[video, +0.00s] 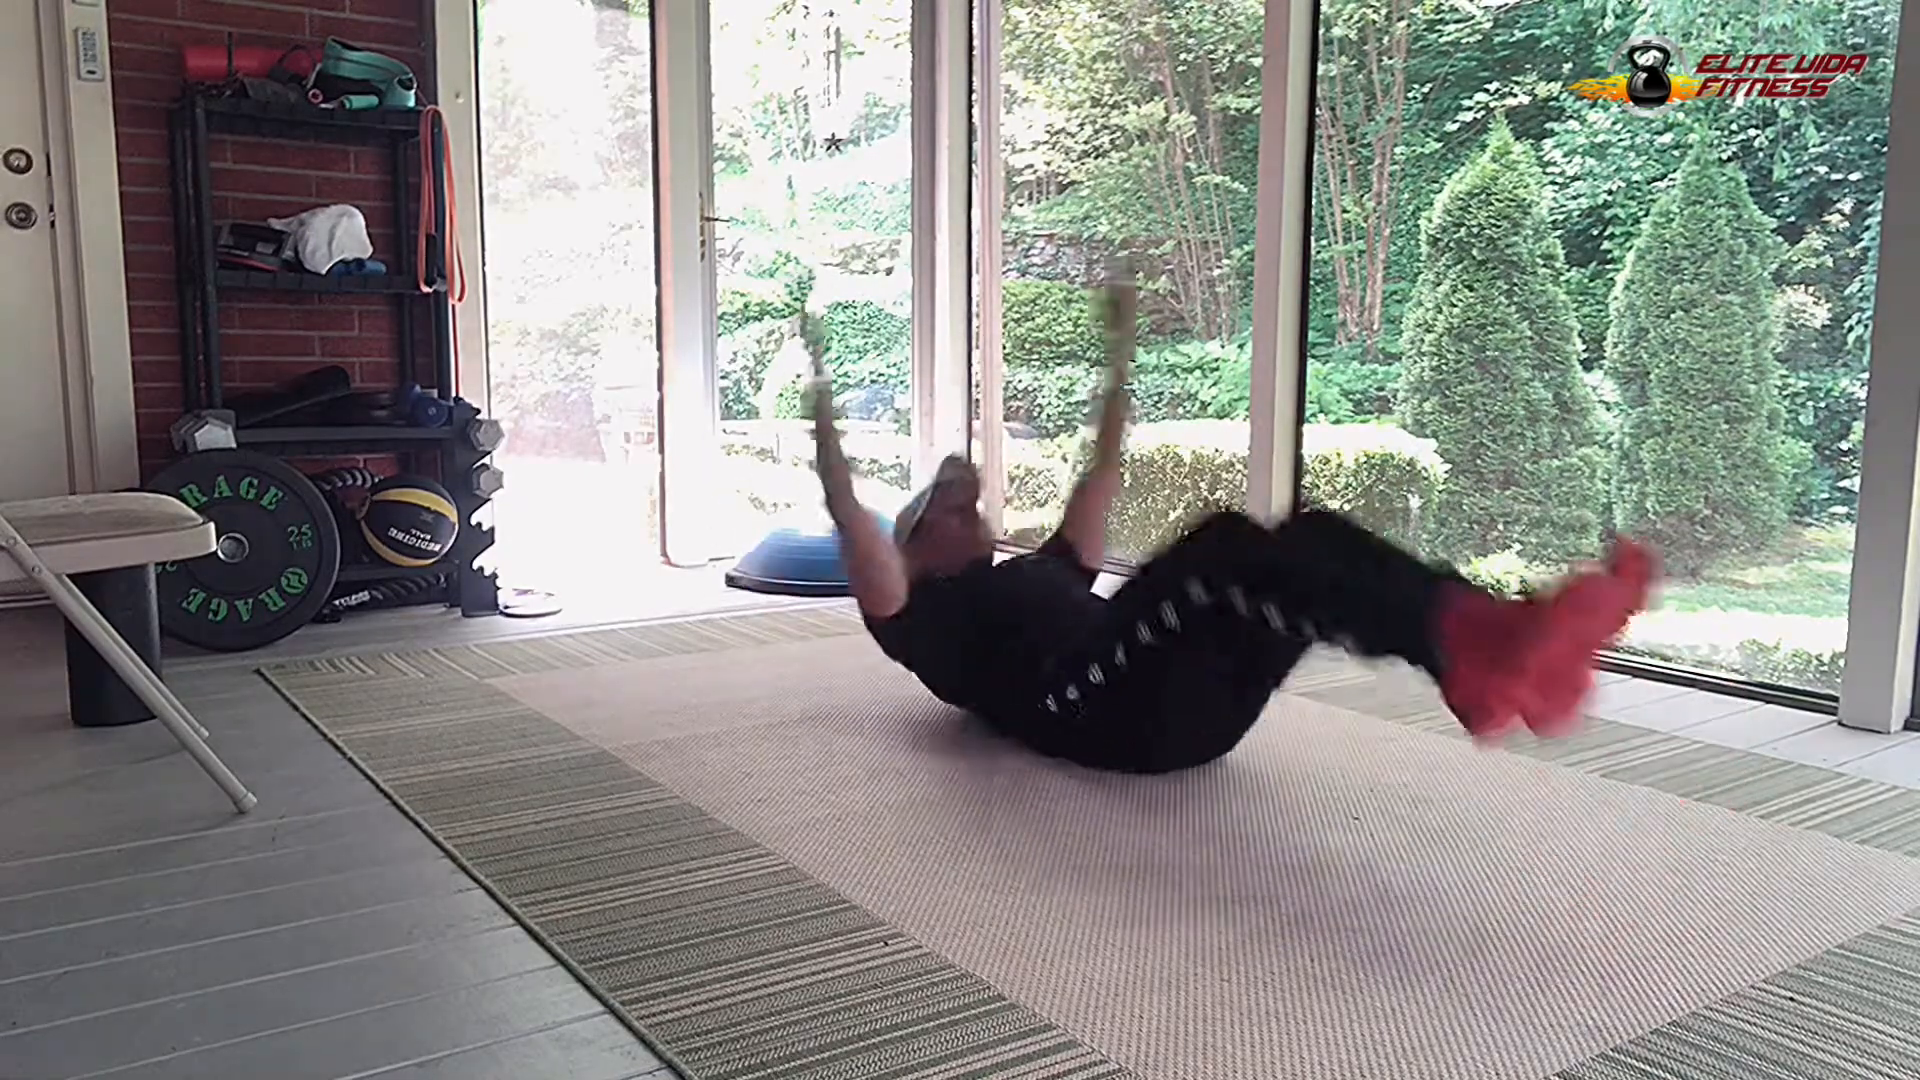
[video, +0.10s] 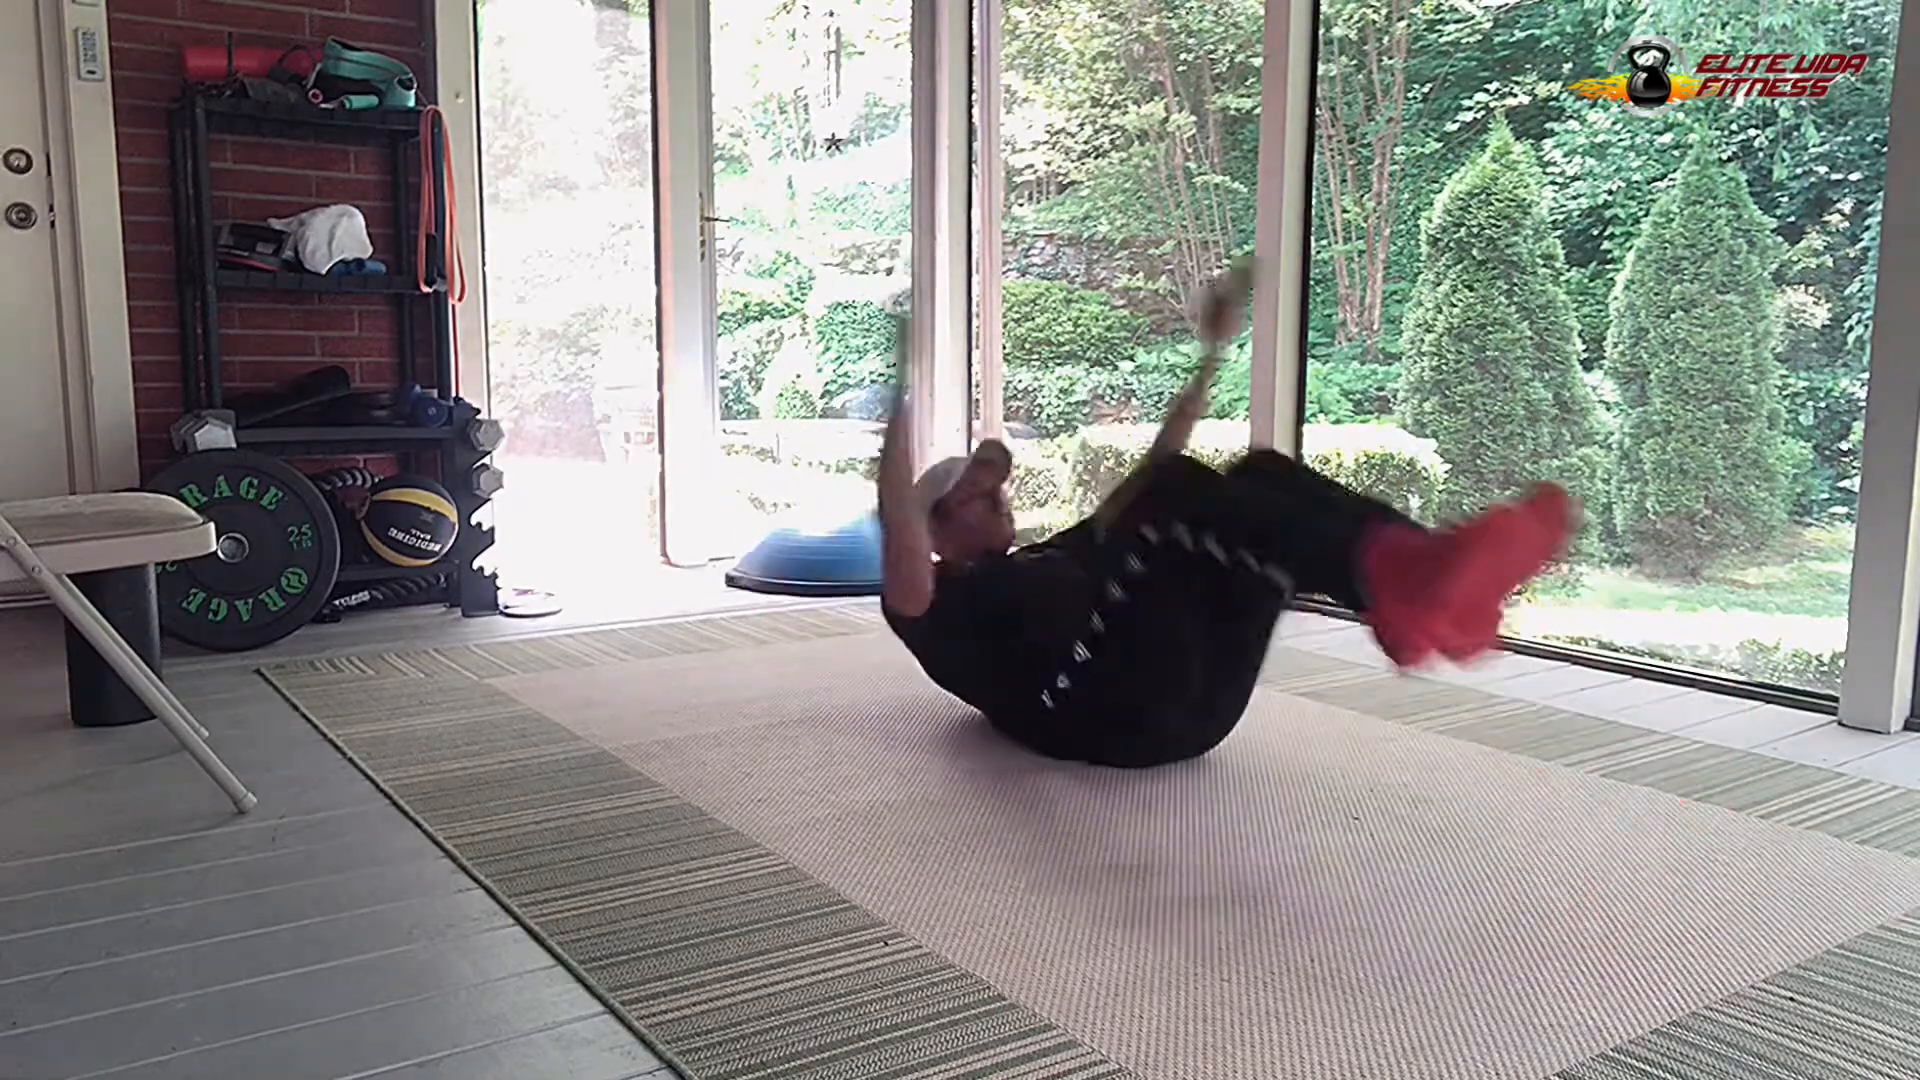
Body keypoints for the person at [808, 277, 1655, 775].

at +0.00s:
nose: (969, 508)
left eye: (973, 500)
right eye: (947, 507)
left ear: (989, 524)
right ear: (912, 543)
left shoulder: (1044, 572)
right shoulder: (922, 613)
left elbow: (1099, 483)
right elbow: (872, 565)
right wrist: (831, 454)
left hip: (1170, 691)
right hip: (1106, 709)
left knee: (1302, 533)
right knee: (1232, 550)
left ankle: (1495, 648)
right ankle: (1472, 648)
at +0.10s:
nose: (996, 499)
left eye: (1000, 489)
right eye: (975, 493)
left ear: (1012, 506)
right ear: (932, 523)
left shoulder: (1073, 554)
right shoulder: (934, 605)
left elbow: (1155, 471)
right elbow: (896, 514)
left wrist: (1212, 351)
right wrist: (902, 447)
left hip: (1192, 697)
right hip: (1109, 706)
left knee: (1258, 478)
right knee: (1170, 495)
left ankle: (1415, 587)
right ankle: (1401, 577)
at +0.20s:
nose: (1025, 489)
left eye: (1029, 475)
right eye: (1005, 477)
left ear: (1033, 495)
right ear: (962, 496)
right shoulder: (937, 598)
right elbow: (953, 523)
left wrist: (1283, 398)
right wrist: (985, 438)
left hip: (1191, 698)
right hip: (1095, 701)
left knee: (1203, 441)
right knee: (1125, 452)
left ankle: (1357, 538)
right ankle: (1312, 557)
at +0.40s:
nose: (1043, 505)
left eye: (1039, 490)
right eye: (1025, 489)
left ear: (1050, 489)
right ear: (974, 504)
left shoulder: (1072, 535)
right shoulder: (938, 578)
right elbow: (996, 585)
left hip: (1191, 696)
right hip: (1090, 712)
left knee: (1139, 440)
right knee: (1076, 446)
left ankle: (1256, 552)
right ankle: (1237, 568)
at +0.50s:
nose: (1042, 504)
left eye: (1037, 489)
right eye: (1023, 490)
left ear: (1048, 490)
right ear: (971, 506)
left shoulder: (1066, 541)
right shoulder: (938, 583)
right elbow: (1001, 585)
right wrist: (1107, 539)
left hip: (1188, 698)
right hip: (1087, 712)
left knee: (1146, 439)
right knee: (1076, 446)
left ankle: (1274, 547)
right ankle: (1234, 567)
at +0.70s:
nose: (1011, 483)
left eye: (1012, 472)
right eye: (990, 479)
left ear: (1020, 496)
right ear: (944, 516)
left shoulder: (1078, 566)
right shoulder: (931, 598)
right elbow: (973, 537)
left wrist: (1274, 448)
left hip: (1190, 702)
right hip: (1095, 703)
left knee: (1195, 441)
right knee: (1116, 454)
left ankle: (1327, 576)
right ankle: (1298, 575)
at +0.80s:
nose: (1000, 498)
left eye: (999, 482)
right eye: (981, 485)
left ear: (1005, 495)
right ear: (940, 504)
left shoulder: (1060, 566)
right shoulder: (930, 602)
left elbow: (1164, 485)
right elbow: (944, 481)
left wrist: (1228, 370)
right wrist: (982, 374)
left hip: (1190, 706)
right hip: (1103, 704)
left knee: (1239, 462)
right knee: (1148, 474)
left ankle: (1386, 589)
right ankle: (1341, 594)